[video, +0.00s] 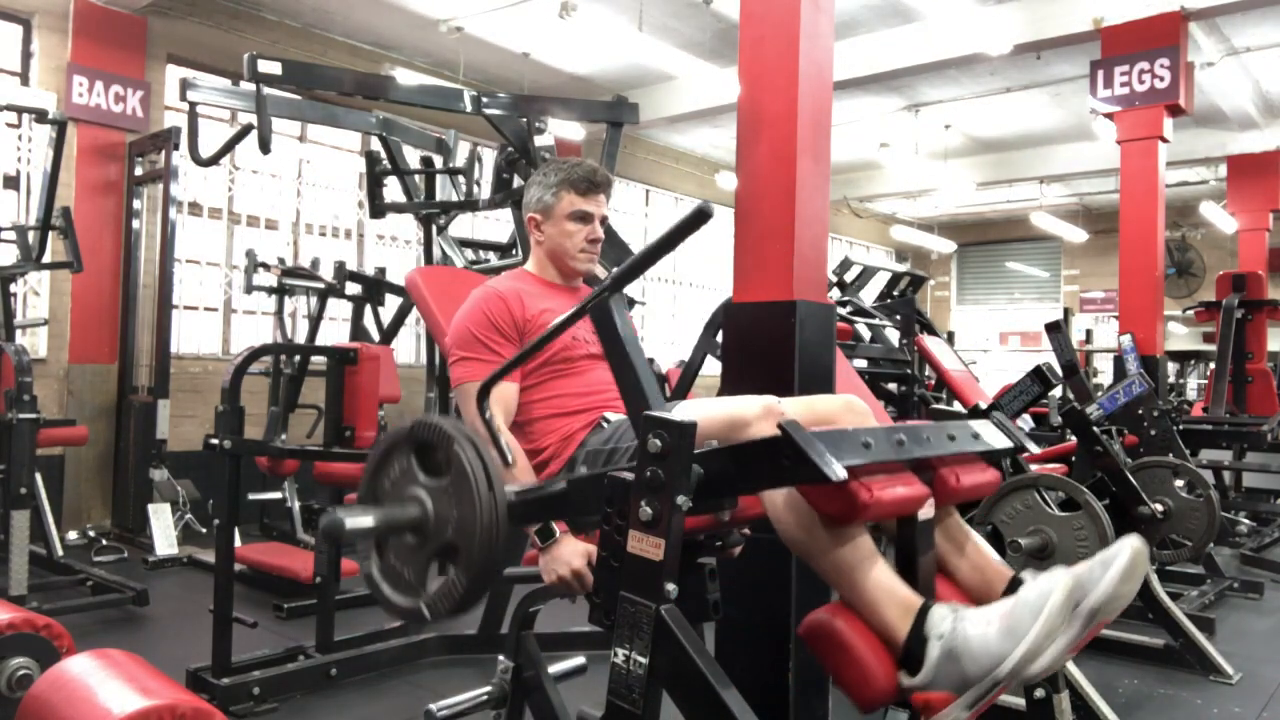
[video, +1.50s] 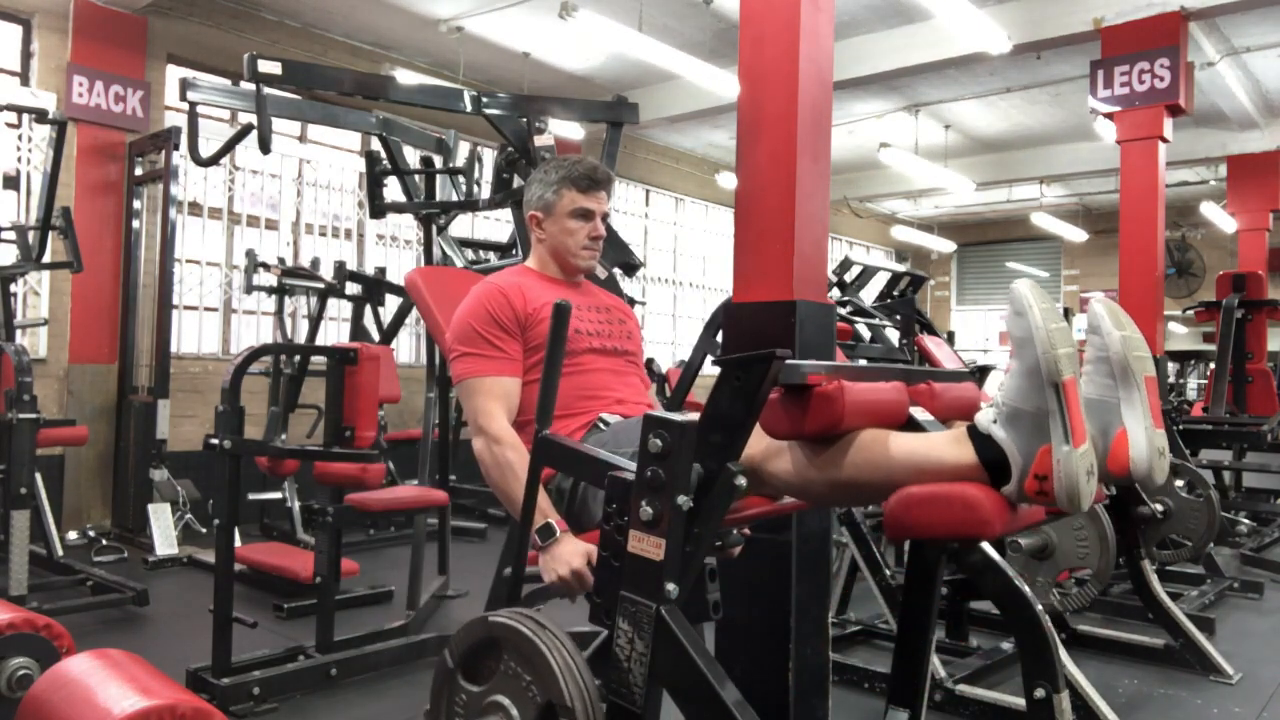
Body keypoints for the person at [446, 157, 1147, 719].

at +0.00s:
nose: (595, 237)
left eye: (600, 224)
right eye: (580, 222)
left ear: (597, 227)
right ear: (534, 225)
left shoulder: (593, 301)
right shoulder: (497, 301)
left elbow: (631, 394)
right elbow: (488, 430)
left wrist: (697, 414)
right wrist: (551, 530)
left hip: (652, 434)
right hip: (588, 457)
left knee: (823, 430)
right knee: (814, 411)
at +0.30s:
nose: (598, 232)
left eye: (603, 221)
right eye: (582, 218)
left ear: (601, 232)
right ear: (535, 224)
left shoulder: (610, 310)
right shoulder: (496, 300)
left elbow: (648, 403)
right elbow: (486, 433)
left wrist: (742, 410)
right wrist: (553, 532)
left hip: (657, 445)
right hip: (588, 464)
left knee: (819, 465)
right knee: (779, 435)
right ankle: (968, 583)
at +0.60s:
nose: (594, 236)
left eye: (600, 224)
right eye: (578, 222)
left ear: (601, 227)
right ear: (532, 220)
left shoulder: (605, 302)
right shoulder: (493, 303)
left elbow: (639, 398)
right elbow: (488, 437)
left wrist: (714, 408)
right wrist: (549, 532)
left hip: (659, 440)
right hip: (581, 468)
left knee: (831, 454)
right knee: (770, 449)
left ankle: (1066, 522)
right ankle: (978, 533)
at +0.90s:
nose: (593, 233)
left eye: (599, 221)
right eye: (578, 218)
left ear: (599, 226)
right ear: (533, 218)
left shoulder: (610, 305)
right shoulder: (493, 299)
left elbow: (662, 394)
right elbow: (487, 431)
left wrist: (734, 414)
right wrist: (549, 532)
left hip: (659, 441)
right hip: (584, 461)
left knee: (822, 454)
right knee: (772, 456)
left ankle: (1000, 492)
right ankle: (989, 497)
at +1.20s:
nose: (594, 233)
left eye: (599, 220)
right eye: (580, 218)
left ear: (598, 225)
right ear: (534, 218)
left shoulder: (609, 304)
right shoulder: (494, 299)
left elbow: (654, 394)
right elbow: (488, 430)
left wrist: (722, 420)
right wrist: (550, 531)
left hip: (660, 441)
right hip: (588, 463)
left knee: (822, 453)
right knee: (775, 455)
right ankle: (991, 470)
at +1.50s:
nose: (596, 233)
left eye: (601, 221)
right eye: (582, 218)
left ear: (599, 225)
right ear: (536, 218)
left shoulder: (611, 305)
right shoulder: (496, 297)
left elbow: (647, 399)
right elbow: (488, 430)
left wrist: (712, 447)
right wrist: (549, 530)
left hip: (661, 439)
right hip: (585, 459)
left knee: (822, 441)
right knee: (774, 453)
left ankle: (1029, 436)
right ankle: (1001, 451)